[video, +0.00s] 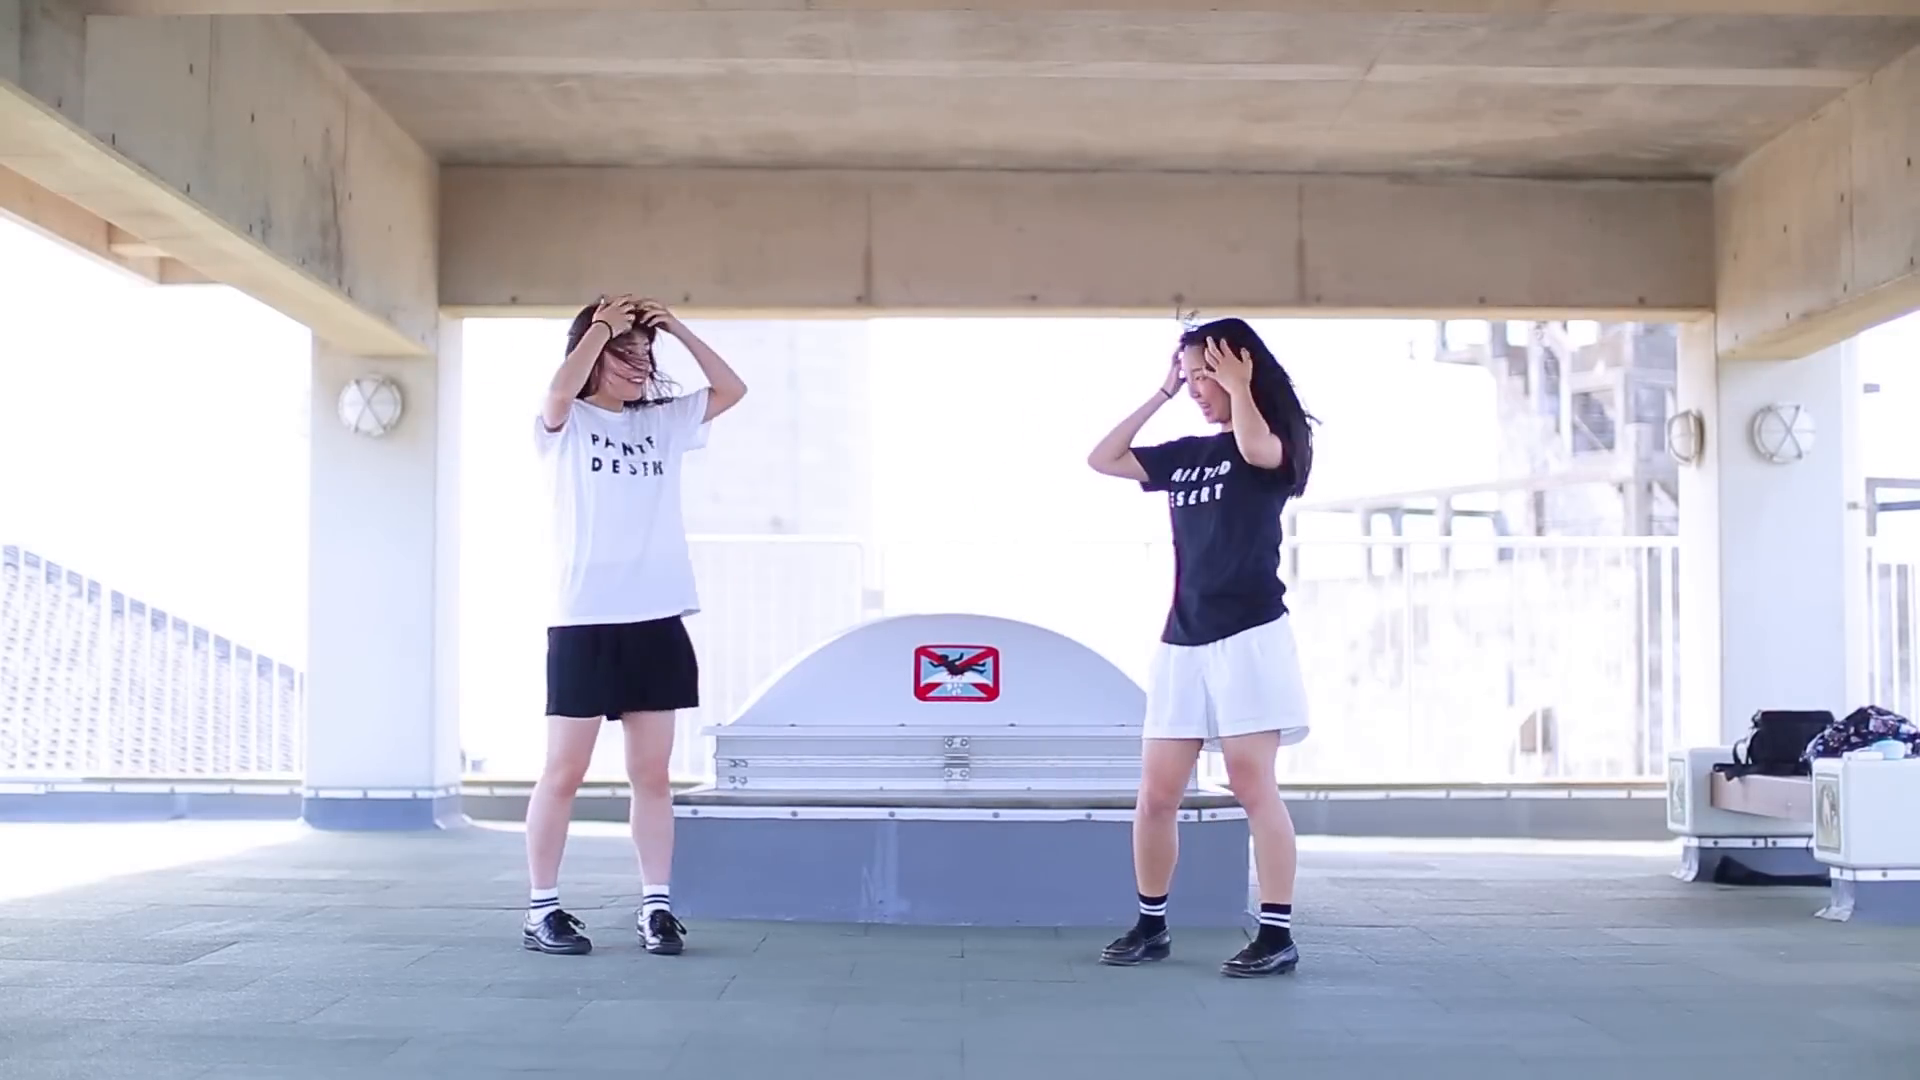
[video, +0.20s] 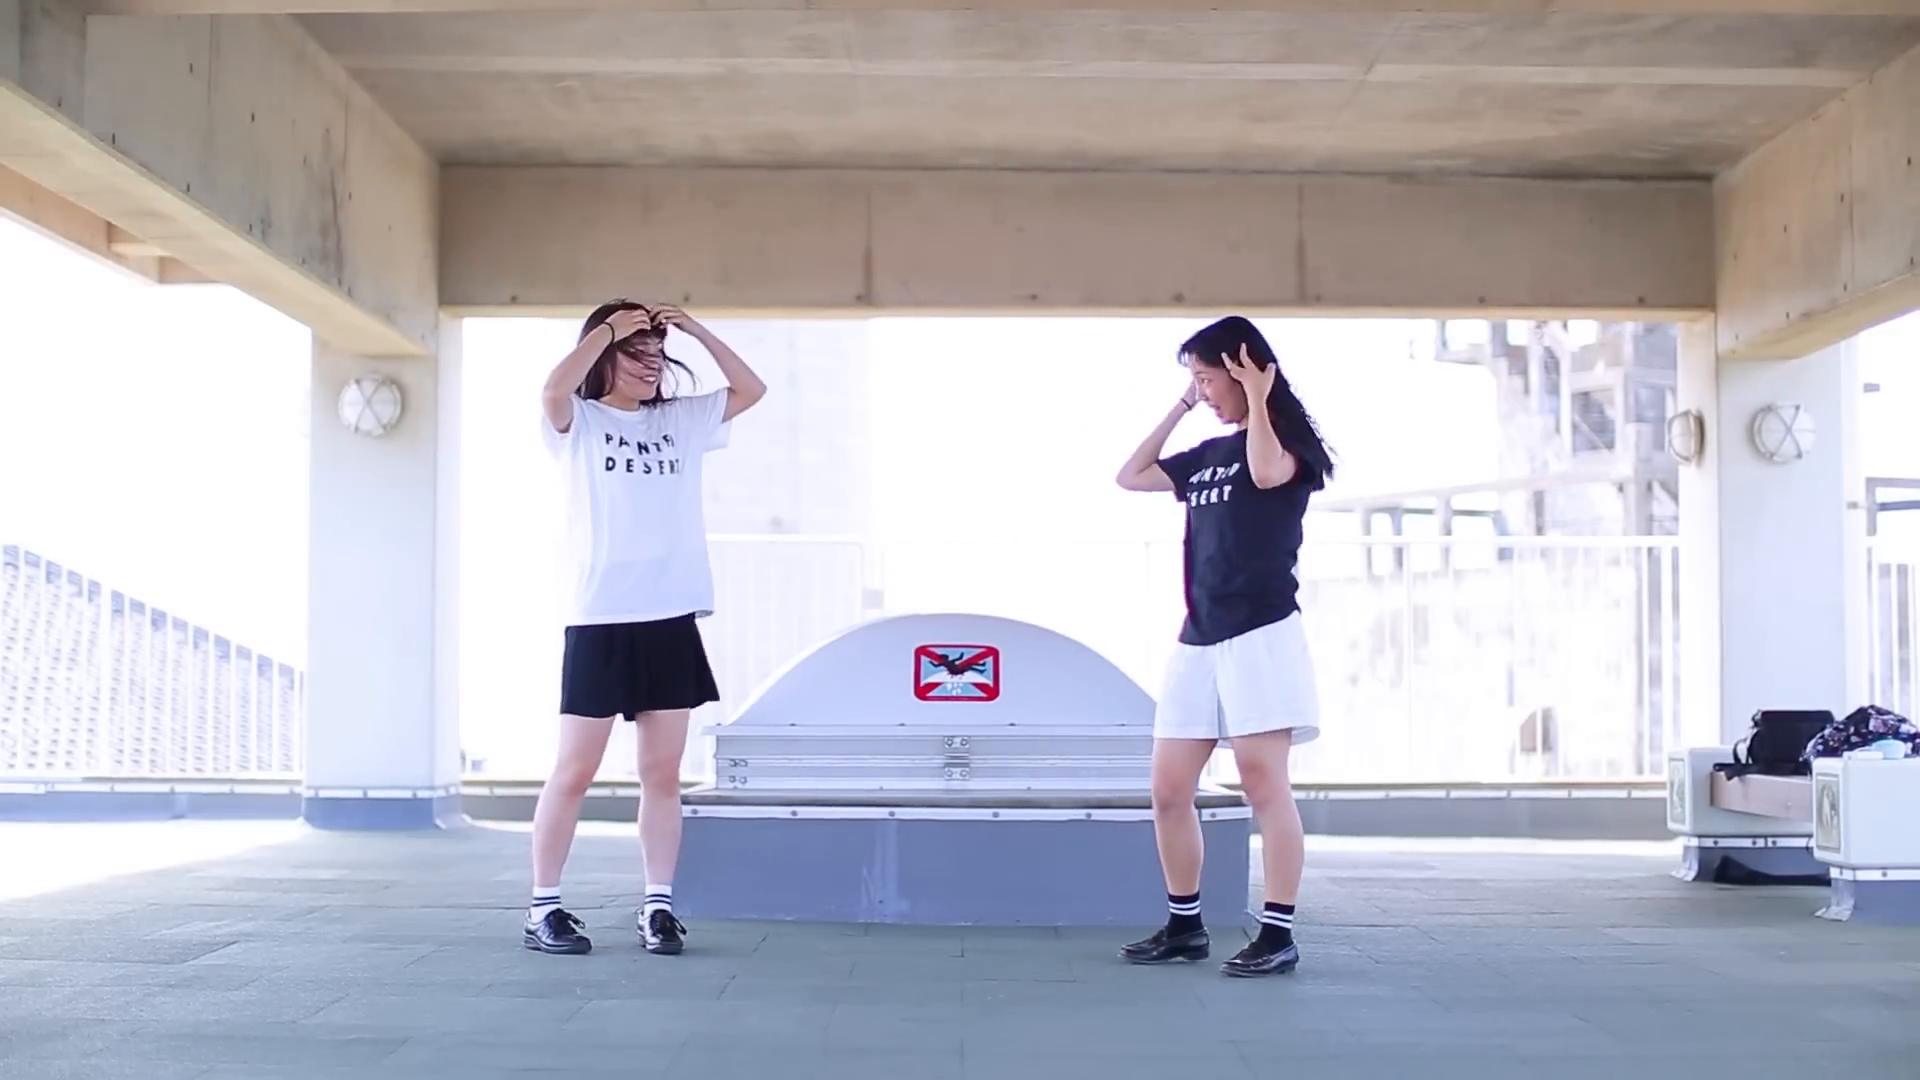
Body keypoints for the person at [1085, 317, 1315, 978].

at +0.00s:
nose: (1196, 393)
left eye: (1205, 379)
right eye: (1189, 383)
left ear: (1242, 377)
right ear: (1189, 386)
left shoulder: (1282, 442)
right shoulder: (1187, 453)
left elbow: (1258, 451)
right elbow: (1105, 458)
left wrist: (1244, 387)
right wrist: (1161, 396)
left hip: (1251, 637)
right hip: (1182, 642)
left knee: (1253, 786)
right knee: (1156, 796)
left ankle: (1275, 936)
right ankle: (1150, 926)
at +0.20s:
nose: (1196, 391)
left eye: (1203, 378)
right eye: (1193, 381)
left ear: (1243, 372)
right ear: (1211, 384)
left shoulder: (1292, 441)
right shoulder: (1210, 454)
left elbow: (1265, 472)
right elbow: (1133, 475)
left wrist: (1258, 397)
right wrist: (1176, 412)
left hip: (1262, 637)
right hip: (1198, 642)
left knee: (1264, 784)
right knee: (1169, 790)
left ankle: (1276, 936)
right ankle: (1184, 927)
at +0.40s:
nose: (1194, 389)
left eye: (1201, 374)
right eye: (1191, 377)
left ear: (1237, 371)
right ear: (1213, 379)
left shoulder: (1286, 437)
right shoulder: (1211, 455)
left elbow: (1283, 523)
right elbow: (1176, 541)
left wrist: (1239, 442)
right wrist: (1145, 467)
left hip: (1259, 636)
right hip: (1197, 640)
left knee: (1258, 782)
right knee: (1173, 794)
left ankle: (1276, 936)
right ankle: (1195, 920)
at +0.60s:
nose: (1166, 383)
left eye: (1174, 370)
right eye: (1165, 371)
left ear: (1213, 373)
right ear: (1200, 377)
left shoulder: (1260, 439)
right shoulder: (1190, 455)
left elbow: (1291, 542)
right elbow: (1188, 560)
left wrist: (1233, 564)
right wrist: (1127, 611)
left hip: (1245, 639)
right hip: (1185, 643)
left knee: (1252, 782)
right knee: (1167, 793)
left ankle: (1275, 935)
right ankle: (1180, 925)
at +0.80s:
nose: (1140, 384)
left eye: (1150, 371)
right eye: (1135, 373)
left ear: (1187, 369)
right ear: (1139, 375)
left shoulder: (1230, 442)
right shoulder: (1157, 454)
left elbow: (1262, 543)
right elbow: (1169, 554)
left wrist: (1212, 589)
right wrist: (1131, 613)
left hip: (1223, 636)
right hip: (1160, 641)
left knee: (1227, 780)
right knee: (1157, 788)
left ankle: (1270, 930)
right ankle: (1178, 925)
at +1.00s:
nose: (1141, 415)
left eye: (1148, 403)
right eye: (1134, 405)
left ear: (1179, 390)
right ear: (1137, 399)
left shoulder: (1230, 436)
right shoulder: (1141, 446)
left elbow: (1216, 521)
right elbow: (1104, 539)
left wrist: (1161, 450)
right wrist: (1077, 496)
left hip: (1214, 632)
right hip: (1147, 637)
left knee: (1212, 772)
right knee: (1154, 785)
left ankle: (1246, 924)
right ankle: (1178, 927)